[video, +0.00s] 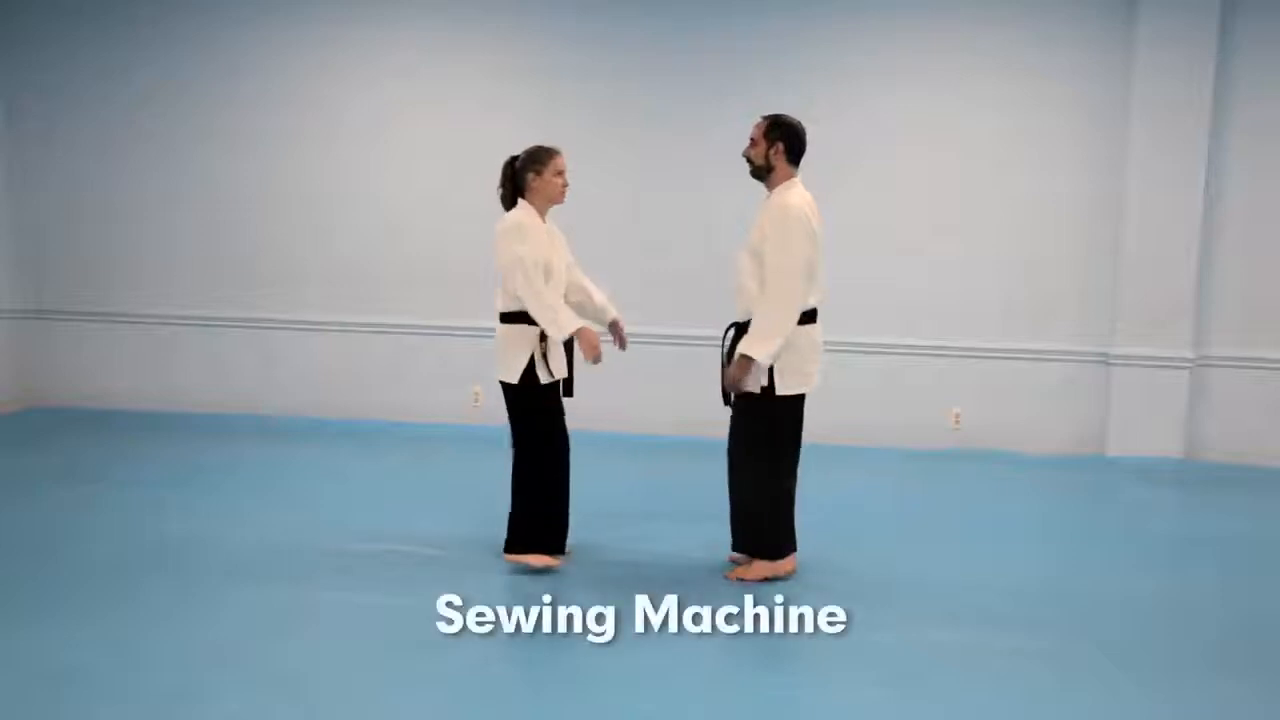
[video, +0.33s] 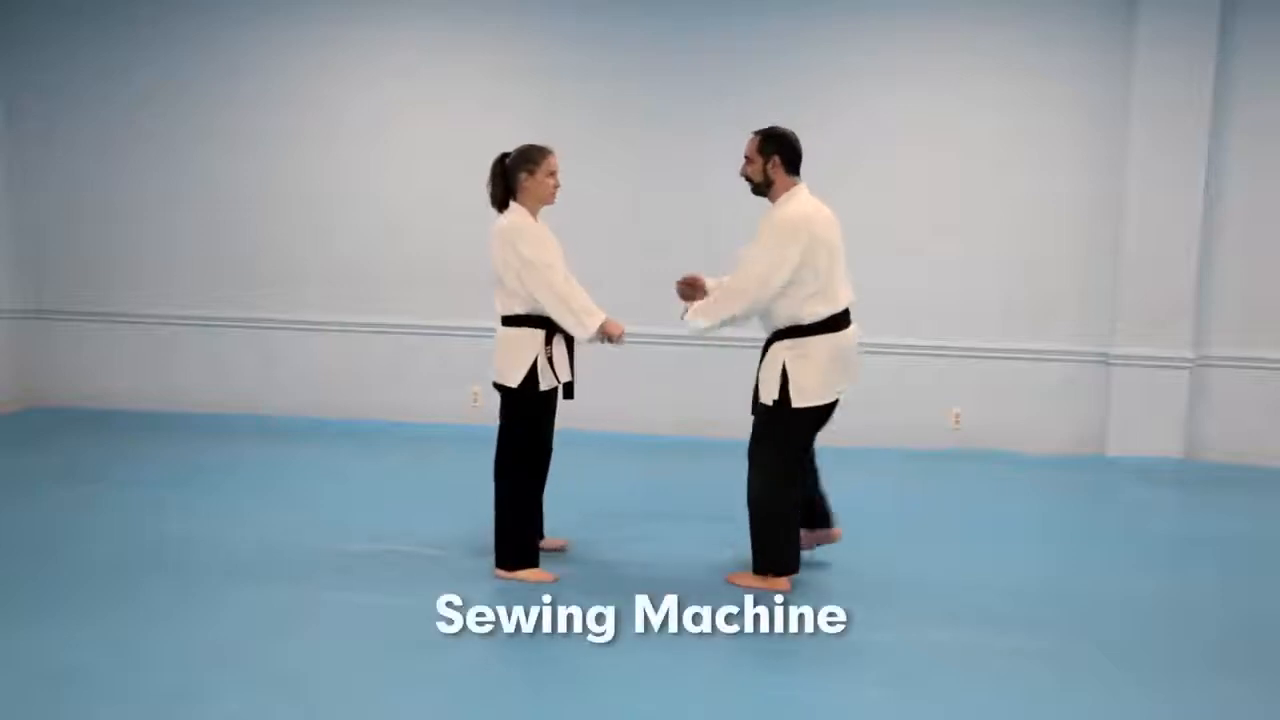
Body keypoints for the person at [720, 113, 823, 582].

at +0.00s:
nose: (746, 150)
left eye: (754, 143)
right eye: (749, 141)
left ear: (777, 151)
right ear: (779, 151)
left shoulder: (791, 207)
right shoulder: (781, 203)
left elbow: (784, 293)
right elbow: (777, 288)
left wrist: (749, 355)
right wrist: (744, 349)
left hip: (782, 351)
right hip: (771, 348)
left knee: (766, 457)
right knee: (757, 454)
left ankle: (775, 554)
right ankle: (760, 547)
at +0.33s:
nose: (742, 168)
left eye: (749, 160)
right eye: (744, 160)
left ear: (774, 164)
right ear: (780, 164)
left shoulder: (787, 219)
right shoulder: (814, 211)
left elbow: (753, 287)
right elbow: (770, 280)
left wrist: (701, 310)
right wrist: (714, 287)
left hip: (799, 357)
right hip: (829, 350)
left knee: (768, 457)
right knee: (792, 442)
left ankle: (773, 571)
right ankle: (815, 523)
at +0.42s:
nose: (748, 174)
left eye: (754, 165)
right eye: (750, 164)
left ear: (781, 171)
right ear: (788, 171)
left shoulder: (793, 224)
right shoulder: (820, 213)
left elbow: (753, 291)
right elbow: (772, 283)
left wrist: (701, 303)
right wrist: (717, 285)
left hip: (807, 364)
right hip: (839, 357)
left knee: (770, 462)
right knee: (811, 444)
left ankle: (772, 572)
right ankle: (870, 514)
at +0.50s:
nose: (757, 179)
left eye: (763, 172)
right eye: (758, 171)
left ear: (789, 175)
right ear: (795, 176)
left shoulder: (802, 229)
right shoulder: (829, 221)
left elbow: (760, 292)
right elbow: (787, 292)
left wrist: (712, 298)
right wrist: (731, 289)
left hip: (814, 368)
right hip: (851, 361)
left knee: (774, 466)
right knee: (842, 452)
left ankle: (771, 572)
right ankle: (915, 515)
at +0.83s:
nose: (801, 207)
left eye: (808, 199)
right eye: (803, 199)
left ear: (836, 203)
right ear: (839, 204)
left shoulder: (850, 255)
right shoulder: (864, 249)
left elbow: (796, 314)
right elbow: (817, 318)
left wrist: (752, 316)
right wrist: (788, 324)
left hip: (848, 389)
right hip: (876, 384)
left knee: (777, 460)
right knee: (908, 466)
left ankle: (771, 570)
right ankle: (972, 542)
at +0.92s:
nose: (806, 209)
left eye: (814, 201)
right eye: (808, 200)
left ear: (841, 205)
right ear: (844, 207)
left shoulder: (853, 258)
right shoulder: (868, 253)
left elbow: (801, 314)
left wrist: (752, 321)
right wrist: (794, 326)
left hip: (848, 392)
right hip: (875, 387)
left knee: (775, 457)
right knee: (908, 469)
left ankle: (769, 570)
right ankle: (973, 544)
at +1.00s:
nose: (809, 211)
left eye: (816, 203)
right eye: (811, 202)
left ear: (844, 209)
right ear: (847, 210)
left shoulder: (853, 263)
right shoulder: (874, 258)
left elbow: (803, 319)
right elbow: (903, 312)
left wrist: (755, 321)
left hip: (844, 396)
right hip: (875, 391)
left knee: (772, 458)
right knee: (906, 471)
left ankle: (768, 570)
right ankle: (973, 545)